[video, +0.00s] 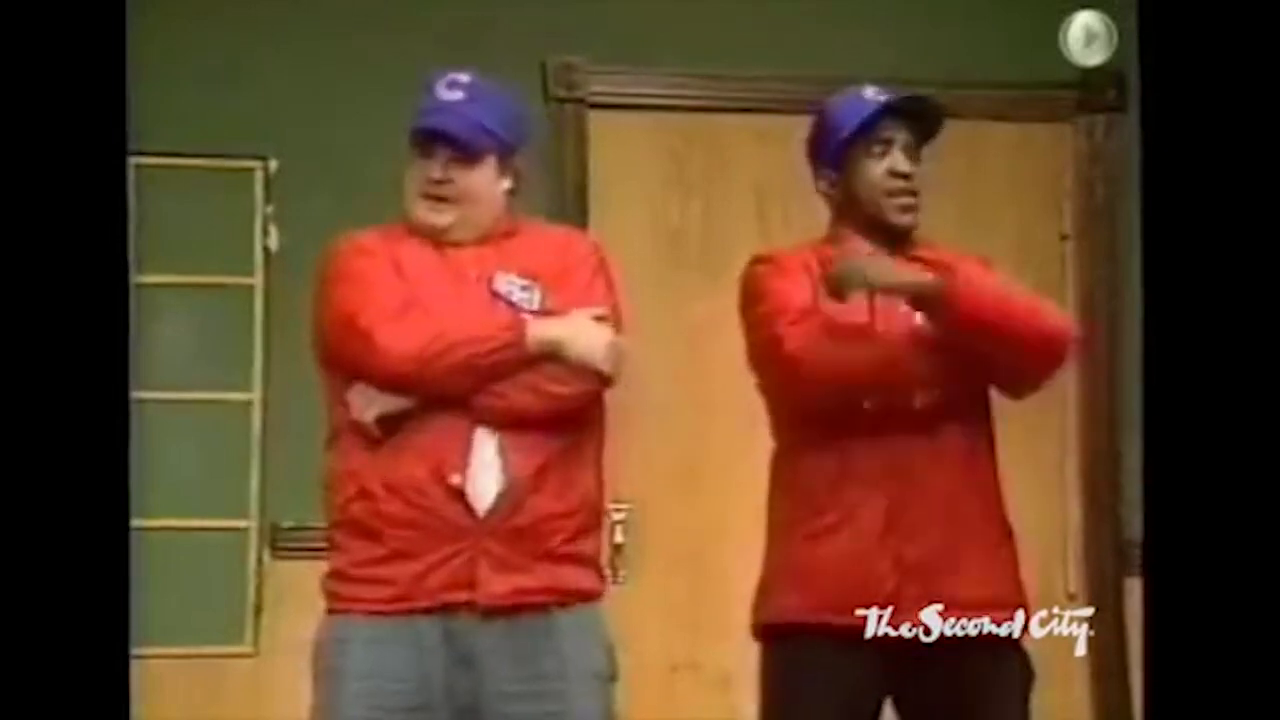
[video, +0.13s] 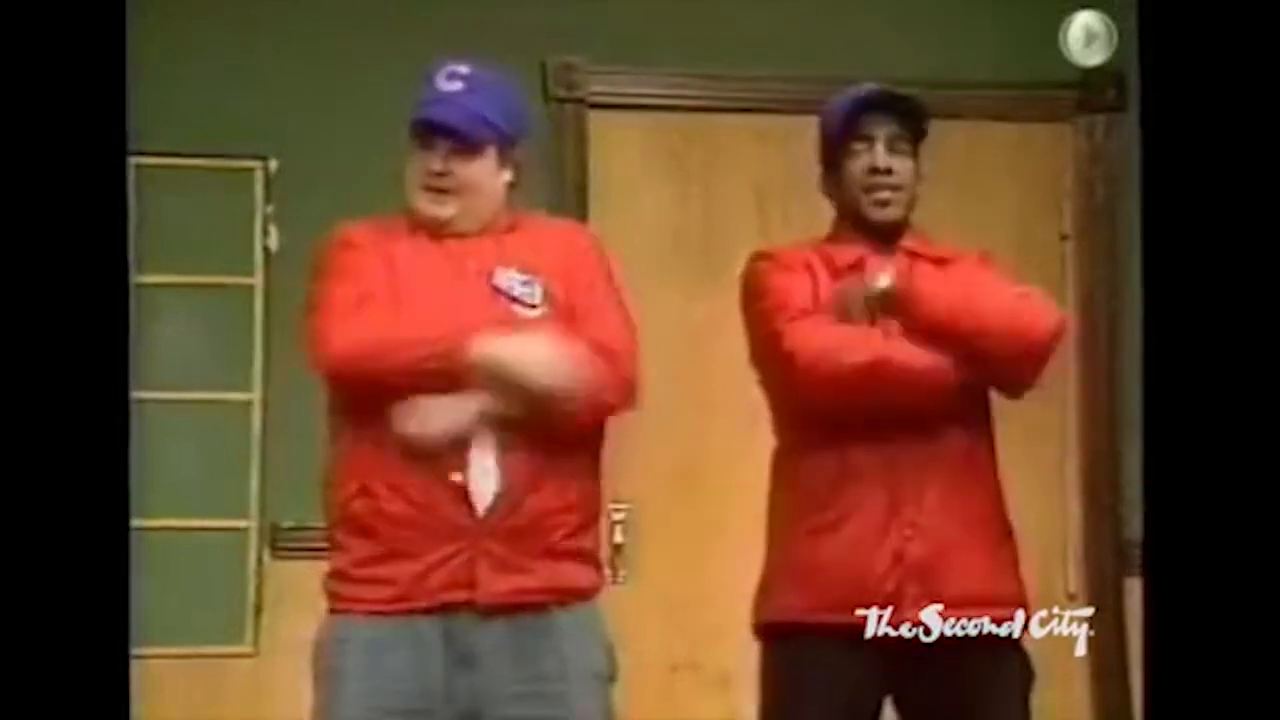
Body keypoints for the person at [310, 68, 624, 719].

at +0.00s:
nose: (436, 172)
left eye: (462, 157)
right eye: (425, 152)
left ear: (509, 174)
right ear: (407, 162)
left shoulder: (570, 256)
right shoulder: (364, 255)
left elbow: (573, 388)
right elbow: (383, 352)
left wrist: (426, 380)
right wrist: (543, 336)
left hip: (544, 609)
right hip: (384, 611)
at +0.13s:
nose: (437, 164)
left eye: (463, 149)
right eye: (425, 144)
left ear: (508, 166)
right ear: (407, 152)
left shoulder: (568, 249)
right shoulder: (362, 247)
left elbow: (611, 377)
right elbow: (341, 352)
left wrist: (480, 401)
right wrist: (485, 348)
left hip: (543, 612)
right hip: (384, 616)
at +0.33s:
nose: (443, 171)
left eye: (467, 155)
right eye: (428, 150)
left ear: (509, 165)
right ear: (407, 157)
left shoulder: (565, 262)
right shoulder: (357, 262)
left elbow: (625, 386)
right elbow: (266, 376)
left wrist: (643, 482)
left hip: (542, 608)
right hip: (385, 611)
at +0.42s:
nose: (441, 171)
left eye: (464, 154)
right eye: (425, 149)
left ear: (505, 164)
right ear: (401, 156)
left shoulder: (554, 248)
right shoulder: (353, 252)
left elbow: (612, 356)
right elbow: (270, 357)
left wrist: (649, 456)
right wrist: (195, 447)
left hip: (538, 595)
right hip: (383, 598)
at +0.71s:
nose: (393, 161)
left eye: (414, 140)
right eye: (375, 142)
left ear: (453, 150)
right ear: (354, 155)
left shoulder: (539, 264)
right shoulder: (302, 280)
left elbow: (598, 395)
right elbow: (252, 414)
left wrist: (558, 491)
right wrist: (316, 492)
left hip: (519, 621)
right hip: (356, 627)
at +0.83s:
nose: (383, 156)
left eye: (404, 135)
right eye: (363, 138)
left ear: (440, 148)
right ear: (338, 154)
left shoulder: (518, 254)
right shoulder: (295, 279)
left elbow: (573, 387)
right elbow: (261, 419)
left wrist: (499, 509)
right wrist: (355, 515)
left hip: (508, 613)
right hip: (346, 619)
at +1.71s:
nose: (344, 164)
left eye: (360, 144)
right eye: (319, 148)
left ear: (386, 155)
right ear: (279, 168)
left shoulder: (464, 254)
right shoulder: (227, 284)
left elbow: (527, 401)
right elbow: (192, 444)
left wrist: (443, 537)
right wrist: (288, 560)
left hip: (447, 613)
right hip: (291, 617)